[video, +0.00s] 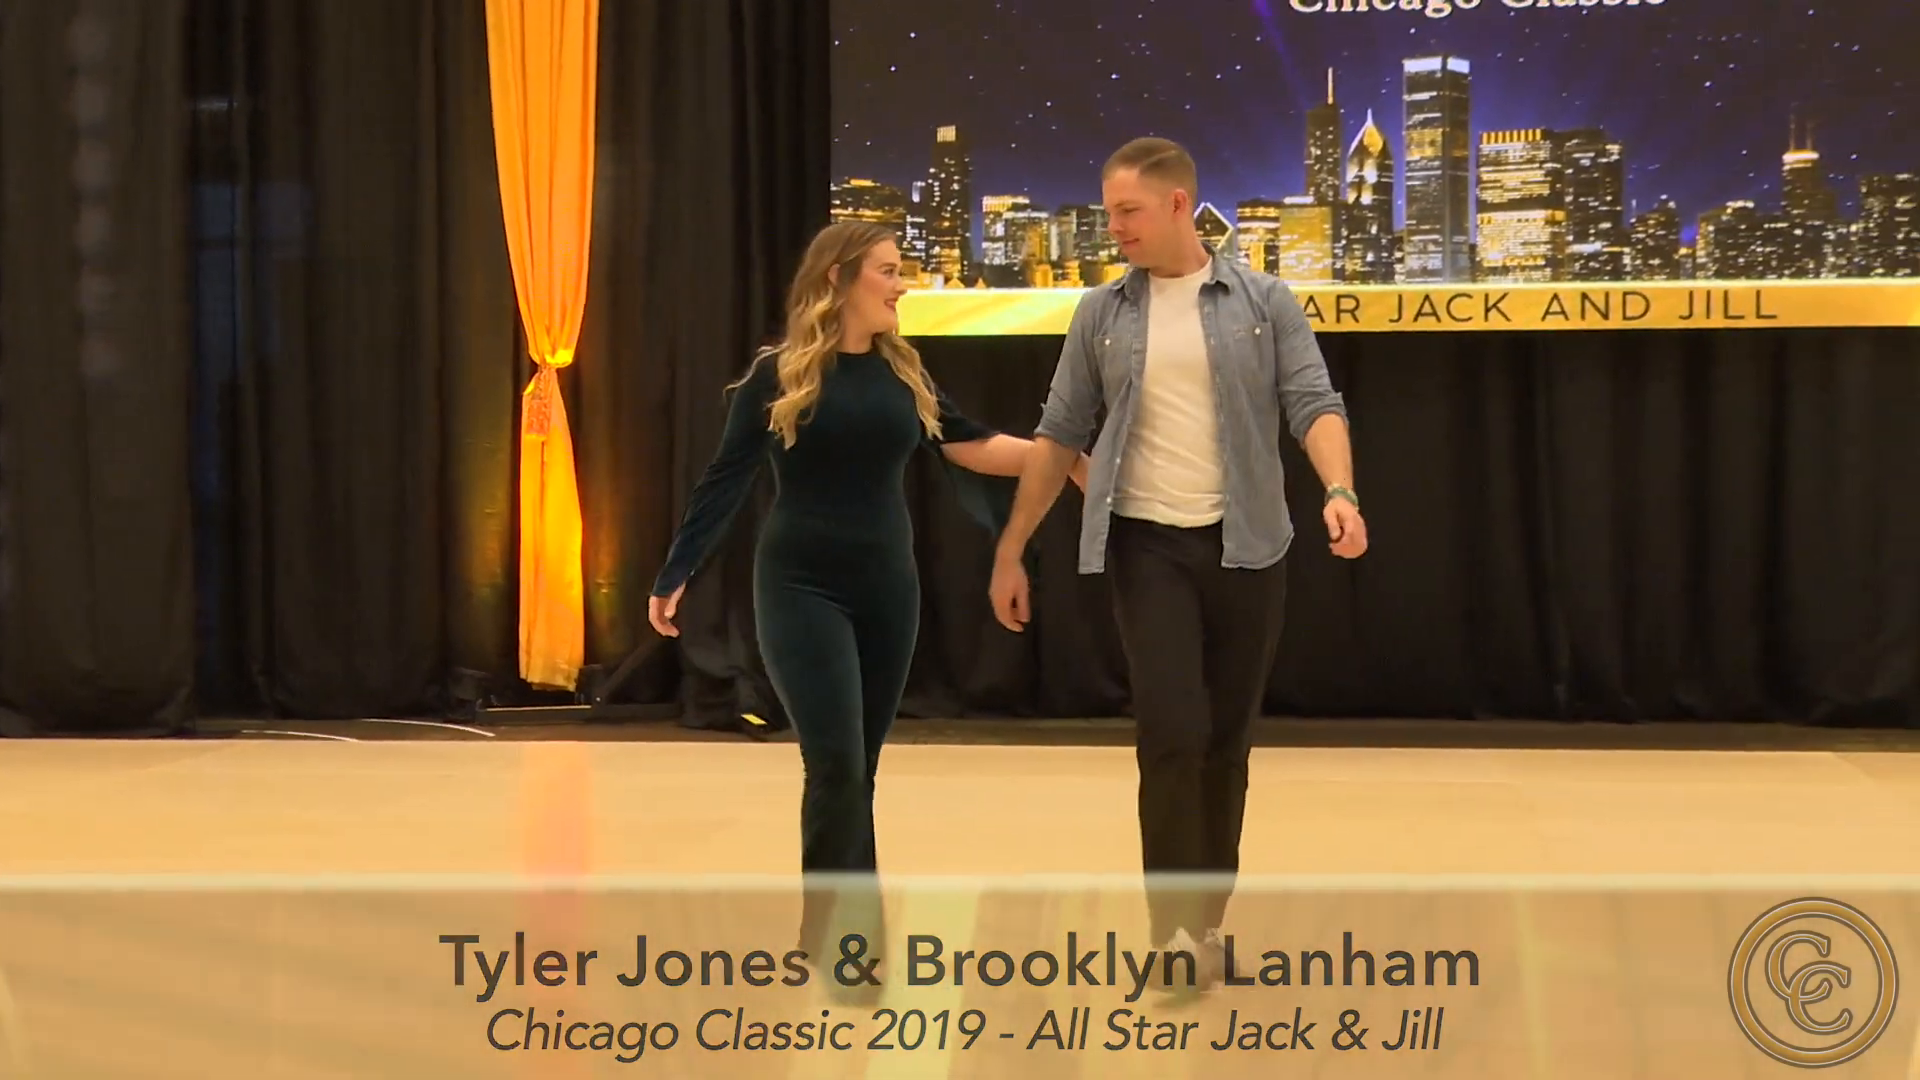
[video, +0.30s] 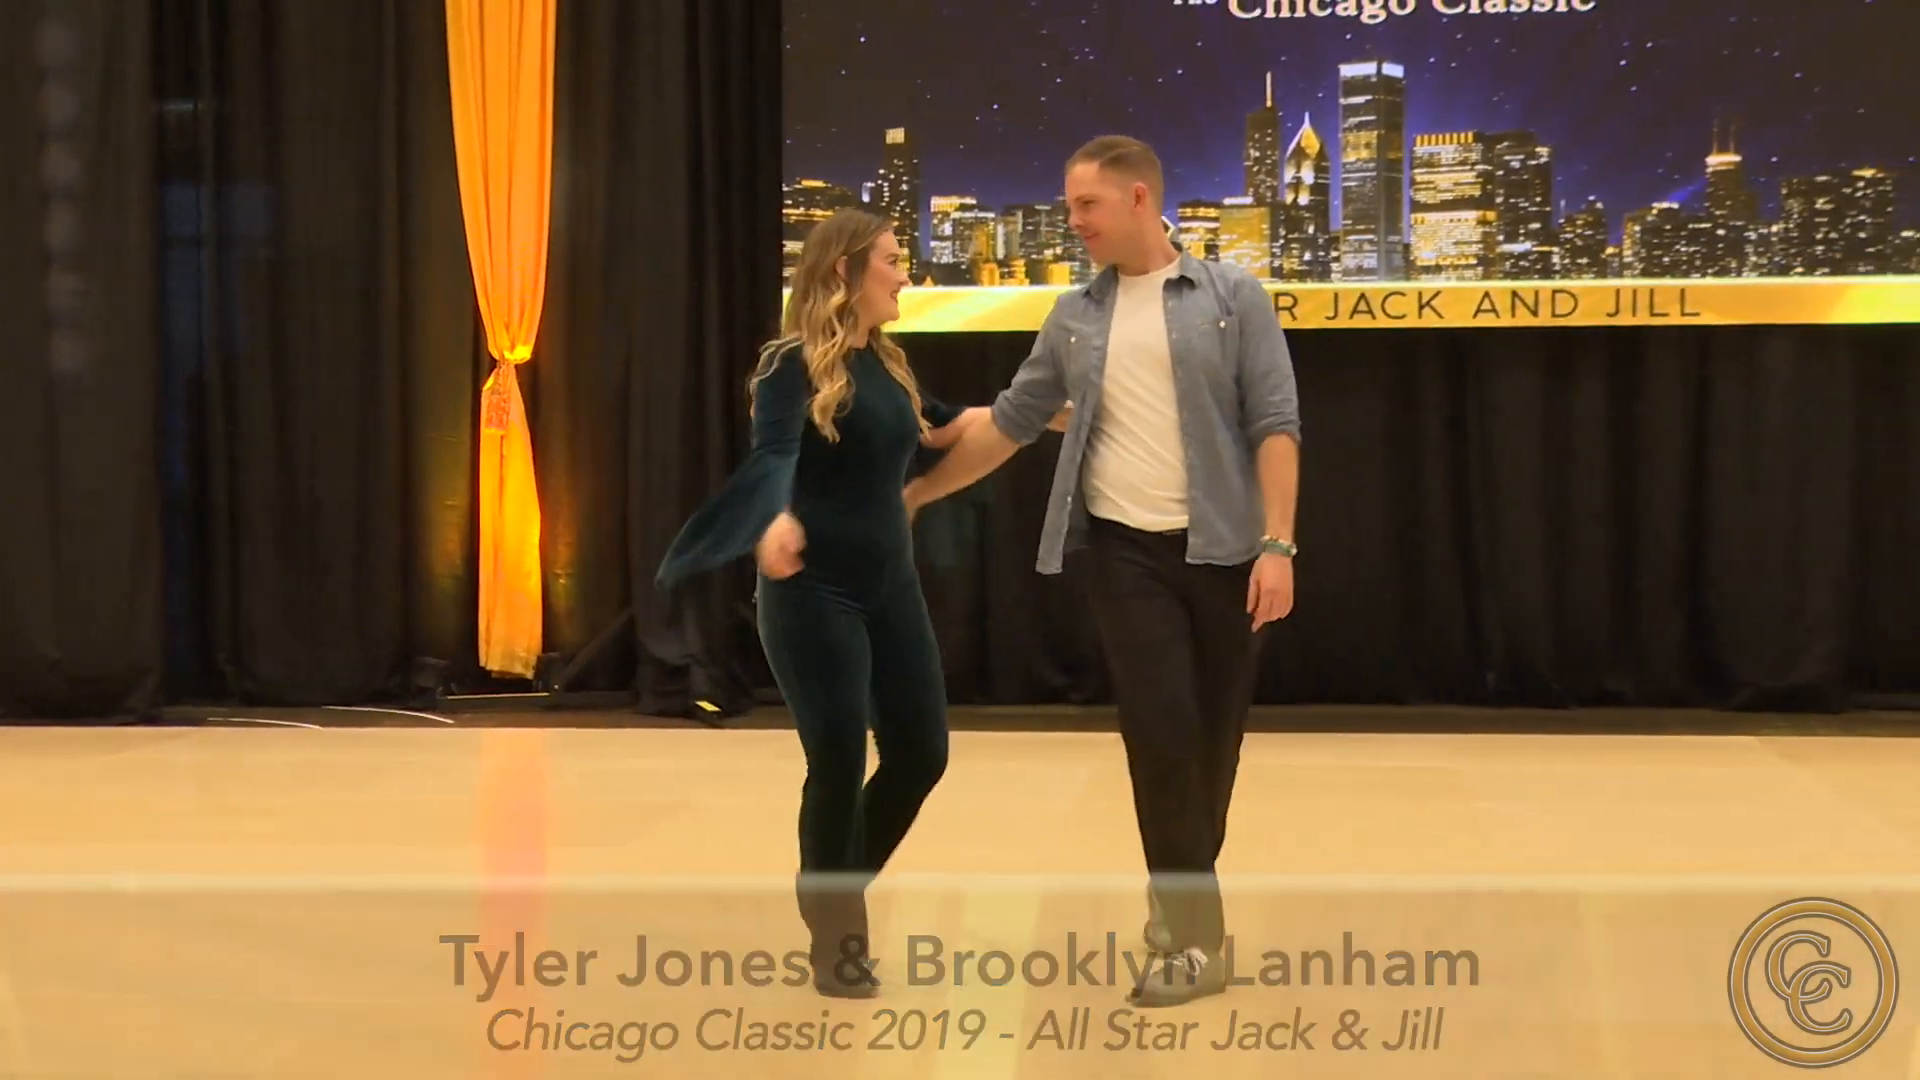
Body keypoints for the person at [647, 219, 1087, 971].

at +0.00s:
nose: (899, 285)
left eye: (899, 273)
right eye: (886, 272)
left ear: (880, 283)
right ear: (839, 279)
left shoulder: (903, 372)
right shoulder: (779, 371)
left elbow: (973, 443)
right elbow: (728, 477)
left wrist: (1064, 456)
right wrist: (678, 568)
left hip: (888, 588)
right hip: (799, 586)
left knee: (858, 768)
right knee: (836, 763)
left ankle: (838, 936)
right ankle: (841, 942)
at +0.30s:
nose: (904, 275)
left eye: (902, 262)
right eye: (892, 262)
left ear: (867, 273)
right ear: (846, 271)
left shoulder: (886, 364)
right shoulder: (793, 362)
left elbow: (928, 437)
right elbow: (773, 454)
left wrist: (1026, 418)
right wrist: (776, 516)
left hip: (892, 588)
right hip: (812, 589)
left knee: (918, 756)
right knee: (839, 759)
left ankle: (837, 896)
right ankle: (834, 938)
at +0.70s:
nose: (932, 267)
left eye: (928, 254)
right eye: (919, 254)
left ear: (893, 269)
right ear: (875, 269)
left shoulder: (911, 362)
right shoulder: (843, 357)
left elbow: (940, 469)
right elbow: (906, 445)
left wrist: (1017, 406)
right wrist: (1001, 392)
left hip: (929, 582)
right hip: (853, 584)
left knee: (941, 765)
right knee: (854, 761)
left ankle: (938, 952)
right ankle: (802, 926)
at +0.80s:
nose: (937, 264)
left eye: (932, 251)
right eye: (923, 251)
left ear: (889, 266)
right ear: (879, 266)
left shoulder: (914, 353)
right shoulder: (854, 350)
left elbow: (946, 461)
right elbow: (923, 437)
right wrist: (1016, 376)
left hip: (940, 578)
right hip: (867, 581)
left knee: (944, 765)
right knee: (881, 760)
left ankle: (928, 950)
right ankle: (808, 907)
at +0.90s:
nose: (938, 260)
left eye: (934, 247)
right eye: (925, 247)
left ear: (883, 264)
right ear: (880, 262)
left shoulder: (913, 351)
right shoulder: (864, 346)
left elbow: (963, 470)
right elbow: (936, 425)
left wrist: (1025, 375)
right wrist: (1025, 356)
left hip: (939, 575)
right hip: (872, 578)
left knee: (936, 768)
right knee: (886, 765)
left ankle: (920, 953)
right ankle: (821, 956)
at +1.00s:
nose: (939, 255)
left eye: (935, 242)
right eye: (926, 244)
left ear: (888, 260)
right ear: (883, 259)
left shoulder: (915, 344)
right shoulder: (872, 344)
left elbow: (971, 449)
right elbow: (966, 417)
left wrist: (1033, 354)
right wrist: (1037, 337)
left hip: (936, 579)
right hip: (878, 583)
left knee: (926, 765)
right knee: (888, 767)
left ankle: (916, 947)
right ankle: (862, 965)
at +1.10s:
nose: (942, 256)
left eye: (937, 243)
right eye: (928, 245)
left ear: (888, 261)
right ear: (885, 260)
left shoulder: (917, 343)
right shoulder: (880, 345)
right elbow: (982, 411)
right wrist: (1047, 326)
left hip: (930, 581)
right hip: (883, 585)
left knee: (915, 768)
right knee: (891, 770)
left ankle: (913, 946)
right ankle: (895, 961)